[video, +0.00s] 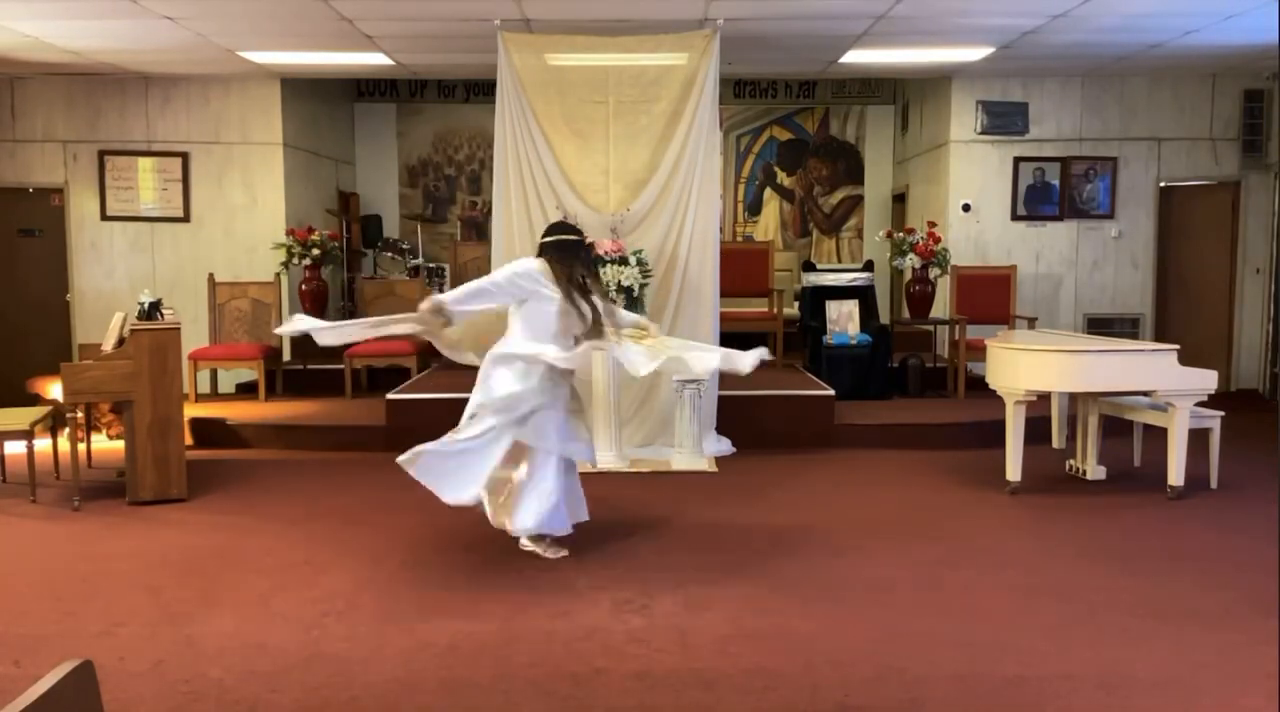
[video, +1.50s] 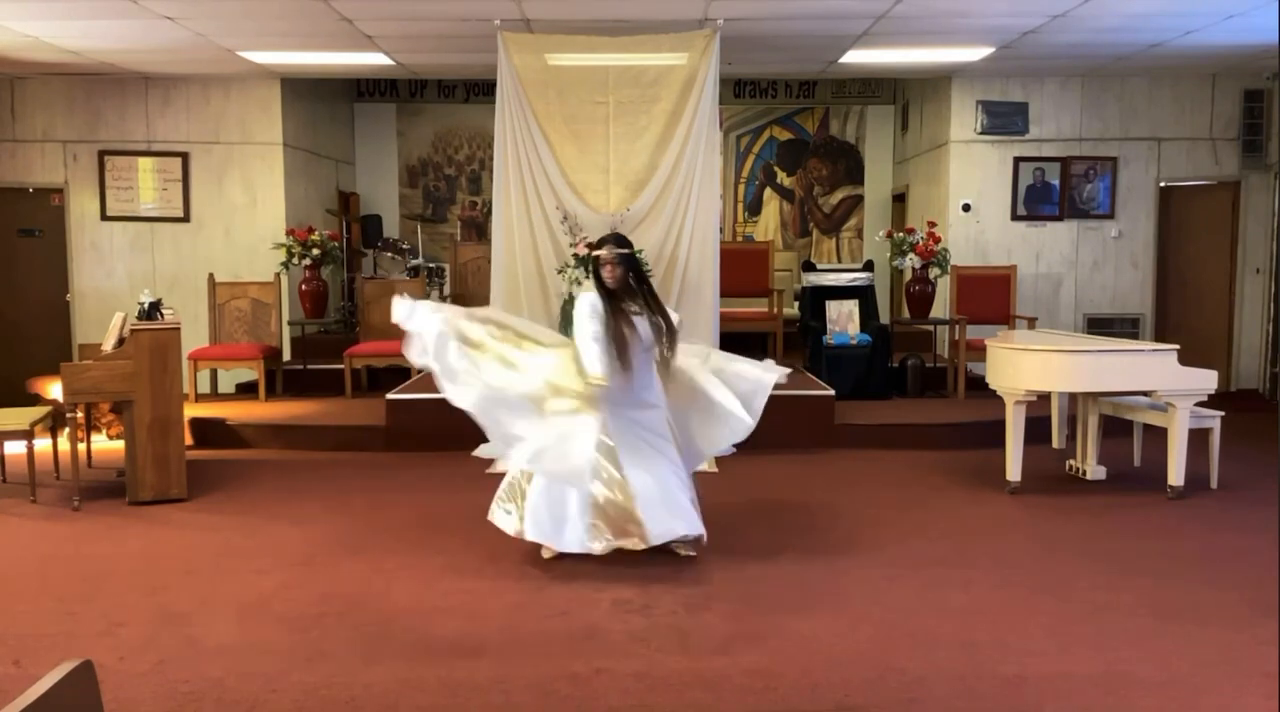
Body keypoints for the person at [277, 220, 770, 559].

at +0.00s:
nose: (586, 263)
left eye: (585, 255)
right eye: (579, 255)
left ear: (564, 256)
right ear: (562, 254)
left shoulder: (580, 294)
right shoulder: (532, 272)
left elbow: (615, 321)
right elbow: (486, 290)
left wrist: (641, 331)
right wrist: (442, 303)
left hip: (553, 378)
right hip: (517, 369)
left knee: (550, 449)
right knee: (511, 437)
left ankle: (532, 527)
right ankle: (495, 488)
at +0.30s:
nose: (568, 249)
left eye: (562, 243)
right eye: (565, 243)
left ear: (526, 245)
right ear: (557, 244)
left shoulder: (507, 280)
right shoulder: (558, 270)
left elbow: (496, 325)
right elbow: (605, 304)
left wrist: (510, 345)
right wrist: (614, 318)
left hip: (514, 374)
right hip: (556, 376)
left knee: (525, 443)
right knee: (563, 449)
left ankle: (527, 522)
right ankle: (552, 526)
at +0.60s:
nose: (526, 254)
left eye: (515, 249)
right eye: (537, 245)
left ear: (507, 251)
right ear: (547, 246)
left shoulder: (508, 284)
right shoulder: (572, 273)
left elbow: (466, 318)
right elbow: (628, 286)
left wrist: (427, 345)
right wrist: (659, 288)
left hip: (532, 378)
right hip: (577, 377)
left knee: (528, 442)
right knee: (567, 443)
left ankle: (531, 523)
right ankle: (552, 517)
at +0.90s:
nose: (523, 252)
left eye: (527, 246)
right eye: (525, 246)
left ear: (536, 248)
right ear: (556, 244)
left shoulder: (571, 283)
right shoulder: (531, 283)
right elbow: (516, 340)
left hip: (585, 379)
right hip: (553, 378)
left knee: (594, 451)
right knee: (555, 446)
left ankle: (603, 527)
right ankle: (559, 524)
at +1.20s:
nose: (573, 261)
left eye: (581, 254)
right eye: (567, 254)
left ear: (598, 255)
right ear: (560, 256)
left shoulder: (620, 285)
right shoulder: (550, 283)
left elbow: (661, 305)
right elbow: (497, 283)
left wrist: (690, 323)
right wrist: (447, 278)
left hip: (616, 377)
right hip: (569, 378)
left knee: (625, 442)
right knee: (570, 445)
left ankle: (633, 527)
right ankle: (574, 524)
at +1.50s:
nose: (611, 271)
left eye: (618, 263)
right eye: (604, 264)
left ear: (631, 267)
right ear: (594, 268)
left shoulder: (643, 304)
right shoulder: (589, 304)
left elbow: (662, 347)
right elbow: (590, 351)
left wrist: (661, 377)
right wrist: (600, 379)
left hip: (646, 398)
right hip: (603, 400)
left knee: (660, 461)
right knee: (578, 464)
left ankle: (676, 532)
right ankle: (555, 535)